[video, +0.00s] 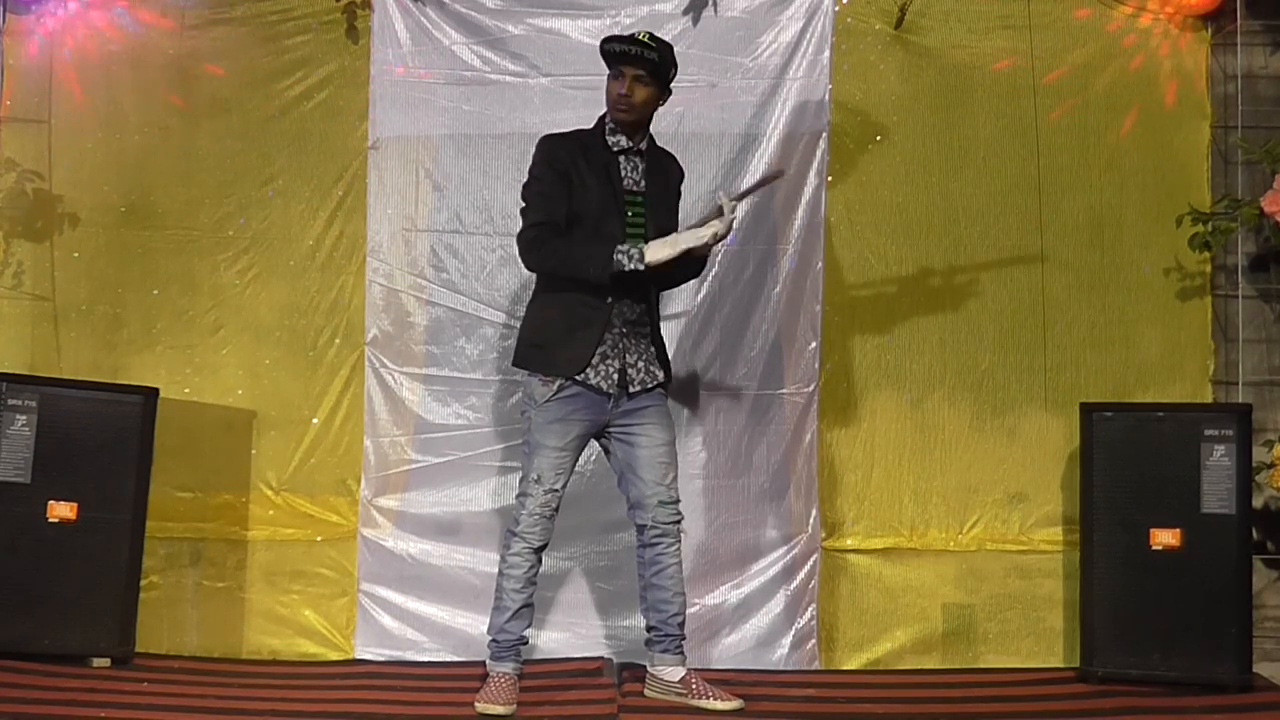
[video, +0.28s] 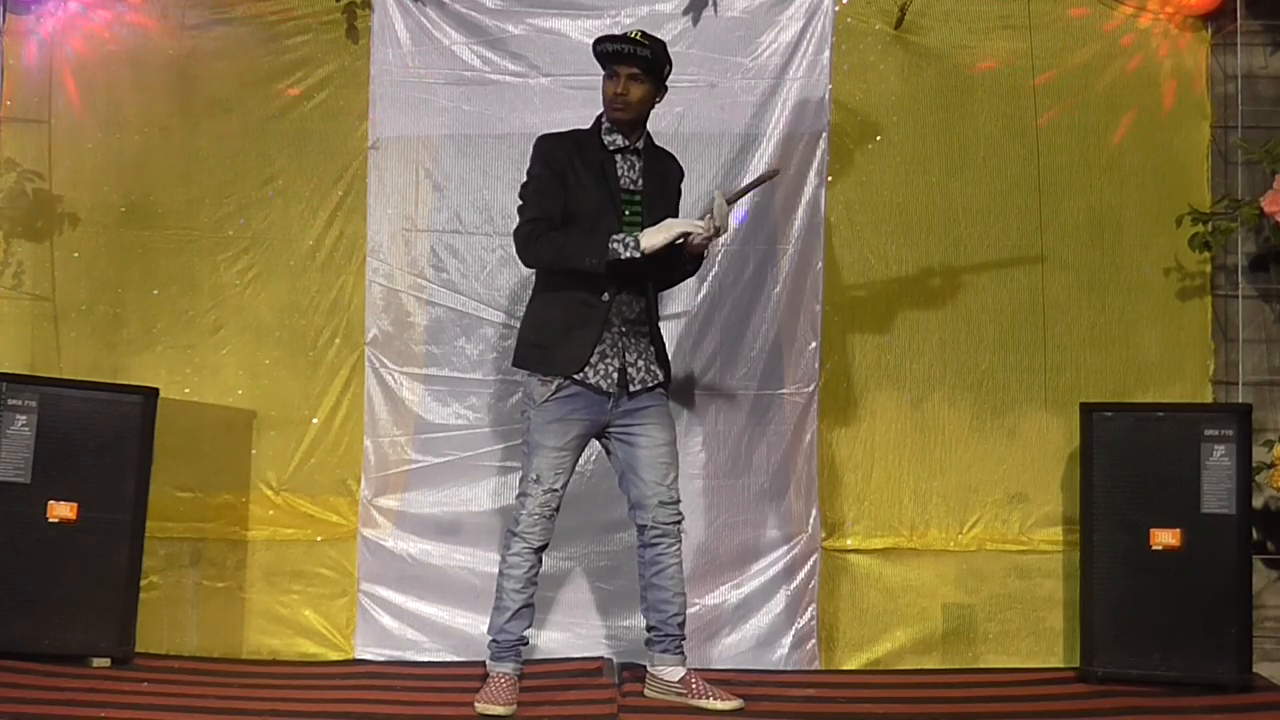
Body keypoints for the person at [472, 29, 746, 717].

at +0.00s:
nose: (624, 89)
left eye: (641, 81)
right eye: (617, 76)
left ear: (662, 95)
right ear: (604, 81)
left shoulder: (665, 171)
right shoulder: (559, 152)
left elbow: (653, 275)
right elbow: (537, 248)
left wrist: (698, 250)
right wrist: (625, 256)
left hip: (641, 372)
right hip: (565, 368)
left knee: (661, 517)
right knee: (533, 518)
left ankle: (667, 670)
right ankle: (503, 668)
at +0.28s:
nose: (622, 89)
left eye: (637, 79)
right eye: (614, 76)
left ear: (658, 91)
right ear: (601, 81)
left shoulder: (665, 170)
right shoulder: (557, 151)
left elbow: (650, 275)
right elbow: (532, 243)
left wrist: (692, 252)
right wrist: (632, 243)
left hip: (640, 372)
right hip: (565, 368)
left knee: (662, 520)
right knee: (534, 519)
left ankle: (666, 671)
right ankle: (503, 667)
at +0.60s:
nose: (621, 91)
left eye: (635, 81)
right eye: (611, 77)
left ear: (650, 91)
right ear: (591, 82)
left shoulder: (662, 171)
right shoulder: (553, 151)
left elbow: (650, 277)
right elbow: (529, 239)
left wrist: (685, 246)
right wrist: (633, 234)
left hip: (640, 373)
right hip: (564, 369)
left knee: (663, 520)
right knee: (532, 520)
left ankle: (667, 670)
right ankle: (503, 668)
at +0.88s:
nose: (642, 108)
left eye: (651, 97)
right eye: (631, 95)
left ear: (657, 99)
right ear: (600, 92)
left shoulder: (659, 170)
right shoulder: (552, 148)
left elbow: (652, 278)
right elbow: (508, 212)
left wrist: (672, 255)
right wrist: (605, 219)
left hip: (641, 376)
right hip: (565, 372)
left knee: (670, 515)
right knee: (534, 520)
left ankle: (667, 670)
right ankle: (503, 668)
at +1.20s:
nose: (656, 118)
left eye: (665, 107)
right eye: (645, 104)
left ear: (672, 106)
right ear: (615, 97)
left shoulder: (669, 173)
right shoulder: (560, 152)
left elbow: (660, 279)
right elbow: (516, 230)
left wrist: (682, 248)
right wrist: (618, 221)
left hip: (648, 381)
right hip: (569, 376)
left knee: (681, 514)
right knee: (536, 524)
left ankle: (668, 671)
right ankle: (503, 670)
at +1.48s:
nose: (651, 118)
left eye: (660, 106)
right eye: (640, 105)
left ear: (668, 104)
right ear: (609, 98)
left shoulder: (664, 167)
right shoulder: (557, 154)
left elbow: (661, 275)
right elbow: (518, 240)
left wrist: (683, 240)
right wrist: (616, 232)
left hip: (648, 380)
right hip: (568, 376)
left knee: (681, 512)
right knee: (535, 522)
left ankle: (668, 669)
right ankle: (503, 669)